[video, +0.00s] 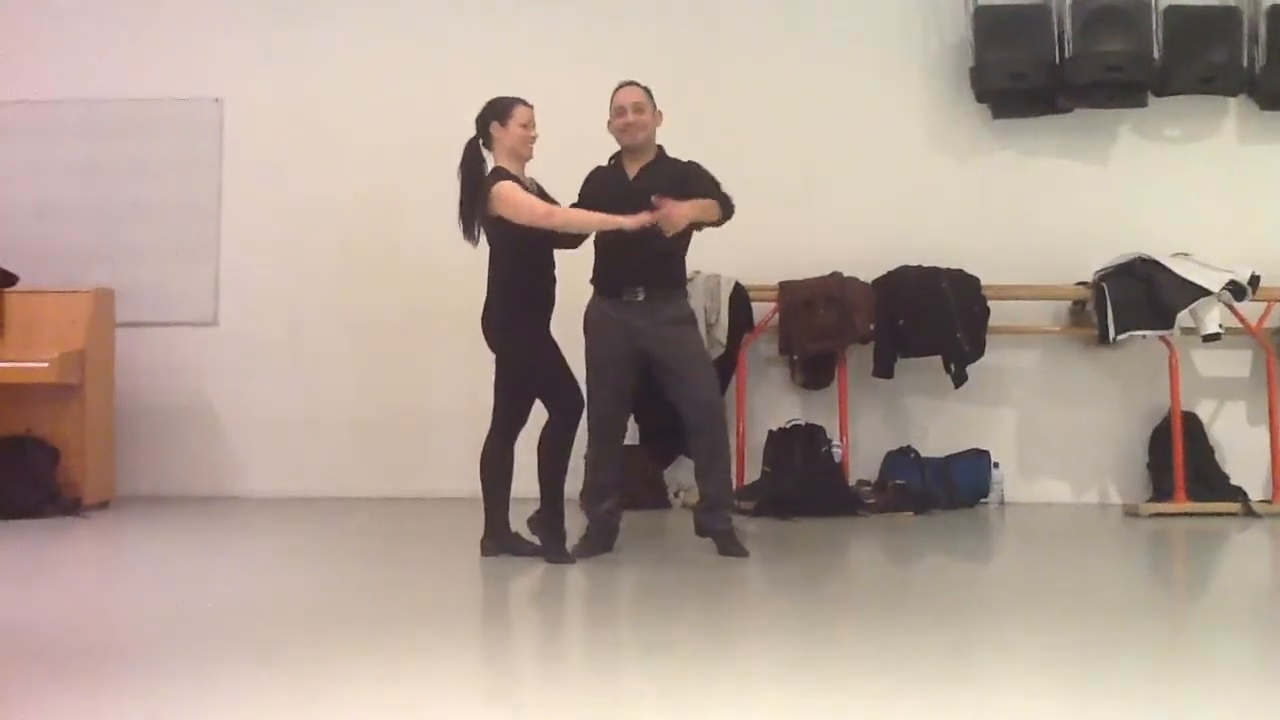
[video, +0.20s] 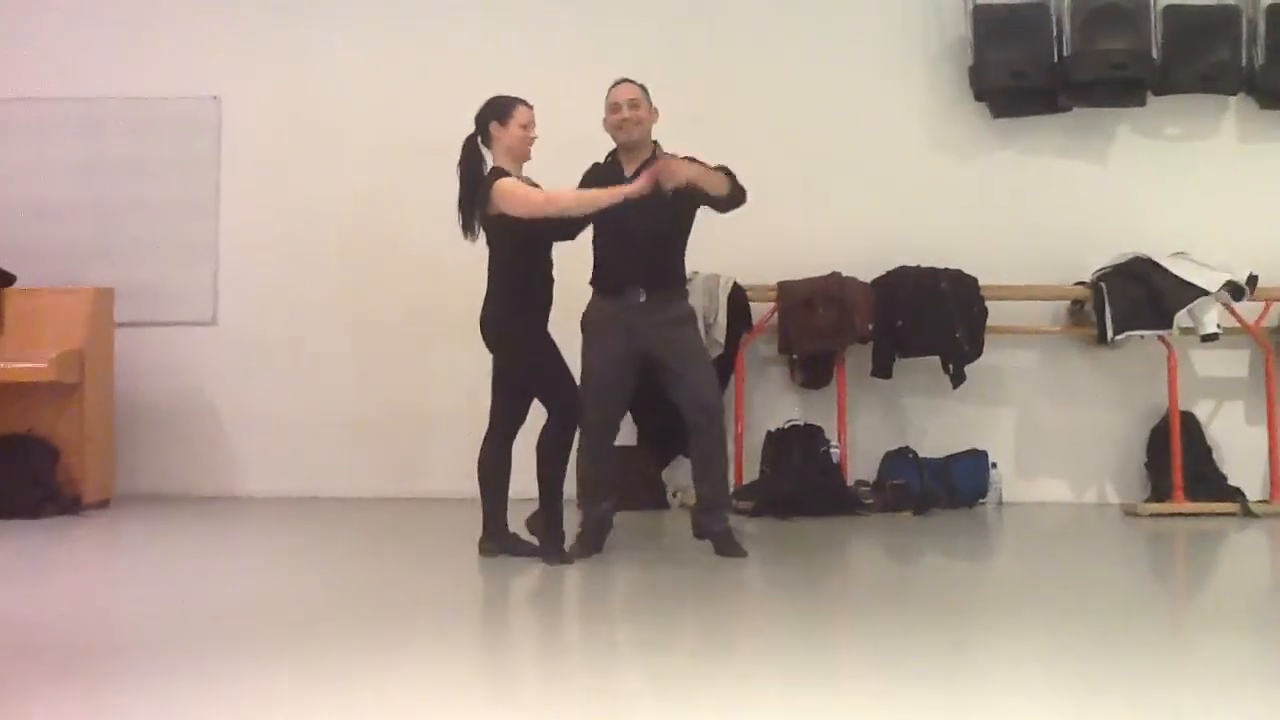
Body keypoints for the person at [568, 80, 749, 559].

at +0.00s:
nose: (628, 118)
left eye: (638, 110)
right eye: (619, 112)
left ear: (657, 118)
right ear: (609, 124)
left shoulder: (684, 174)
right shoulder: (598, 182)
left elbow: (723, 208)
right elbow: (570, 235)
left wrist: (688, 211)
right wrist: (523, 224)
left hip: (669, 314)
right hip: (610, 315)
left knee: (706, 407)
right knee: (605, 419)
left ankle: (717, 519)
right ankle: (601, 525)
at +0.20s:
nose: (623, 114)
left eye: (633, 106)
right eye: (615, 109)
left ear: (653, 115)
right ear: (605, 122)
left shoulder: (680, 169)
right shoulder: (599, 178)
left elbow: (734, 196)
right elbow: (565, 227)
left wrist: (692, 173)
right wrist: (515, 220)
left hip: (670, 314)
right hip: (609, 316)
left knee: (706, 408)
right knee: (597, 419)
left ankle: (713, 519)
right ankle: (594, 522)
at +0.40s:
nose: (611, 112)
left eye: (621, 104)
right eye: (602, 107)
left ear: (642, 113)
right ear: (593, 120)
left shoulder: (669, 169)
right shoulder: (588, 178)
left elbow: (719, 187)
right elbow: (546, 213)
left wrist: (678, 140)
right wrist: (501, 207)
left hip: (664, 313)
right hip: (604, 315)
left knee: (697, 409)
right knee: (589, 417)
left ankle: (706, 518)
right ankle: (575, 526)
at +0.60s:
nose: (593, 117)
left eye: (604, 109)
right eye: (585, 110)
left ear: (623, 120)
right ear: (574, 122)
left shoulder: (643, 180)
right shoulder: (559, 181)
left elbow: (689, 240)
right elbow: (519, 216)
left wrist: (673, 210)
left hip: (642, 315)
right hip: (585, 319)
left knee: (679, 415)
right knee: (572, 419)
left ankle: (718, 519)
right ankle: (572, 529)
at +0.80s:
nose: (581, 119)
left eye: (592, 112)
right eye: (573, 112)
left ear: (611, 123)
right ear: (563, 124)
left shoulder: (635, 188)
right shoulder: (554, 181)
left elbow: (648, 260)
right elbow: (521, 226)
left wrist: (595, 268)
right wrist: (480, 203)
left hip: (621, 316)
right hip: (567, 318)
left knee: (641, 406)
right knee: (562, 419)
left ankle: (692, 487)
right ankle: (571, 523)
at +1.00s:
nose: (576, 120)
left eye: (587, 113)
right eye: (568, 114)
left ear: (606, 126)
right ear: (558, 128)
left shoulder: (625, 183)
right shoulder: (550, 187)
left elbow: (615, 241)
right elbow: (525, 245)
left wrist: (548, 206)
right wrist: (484, 228)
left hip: (615, 319)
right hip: (562, 319)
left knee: (600, 415)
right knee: (556, 417)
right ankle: (567, 519)